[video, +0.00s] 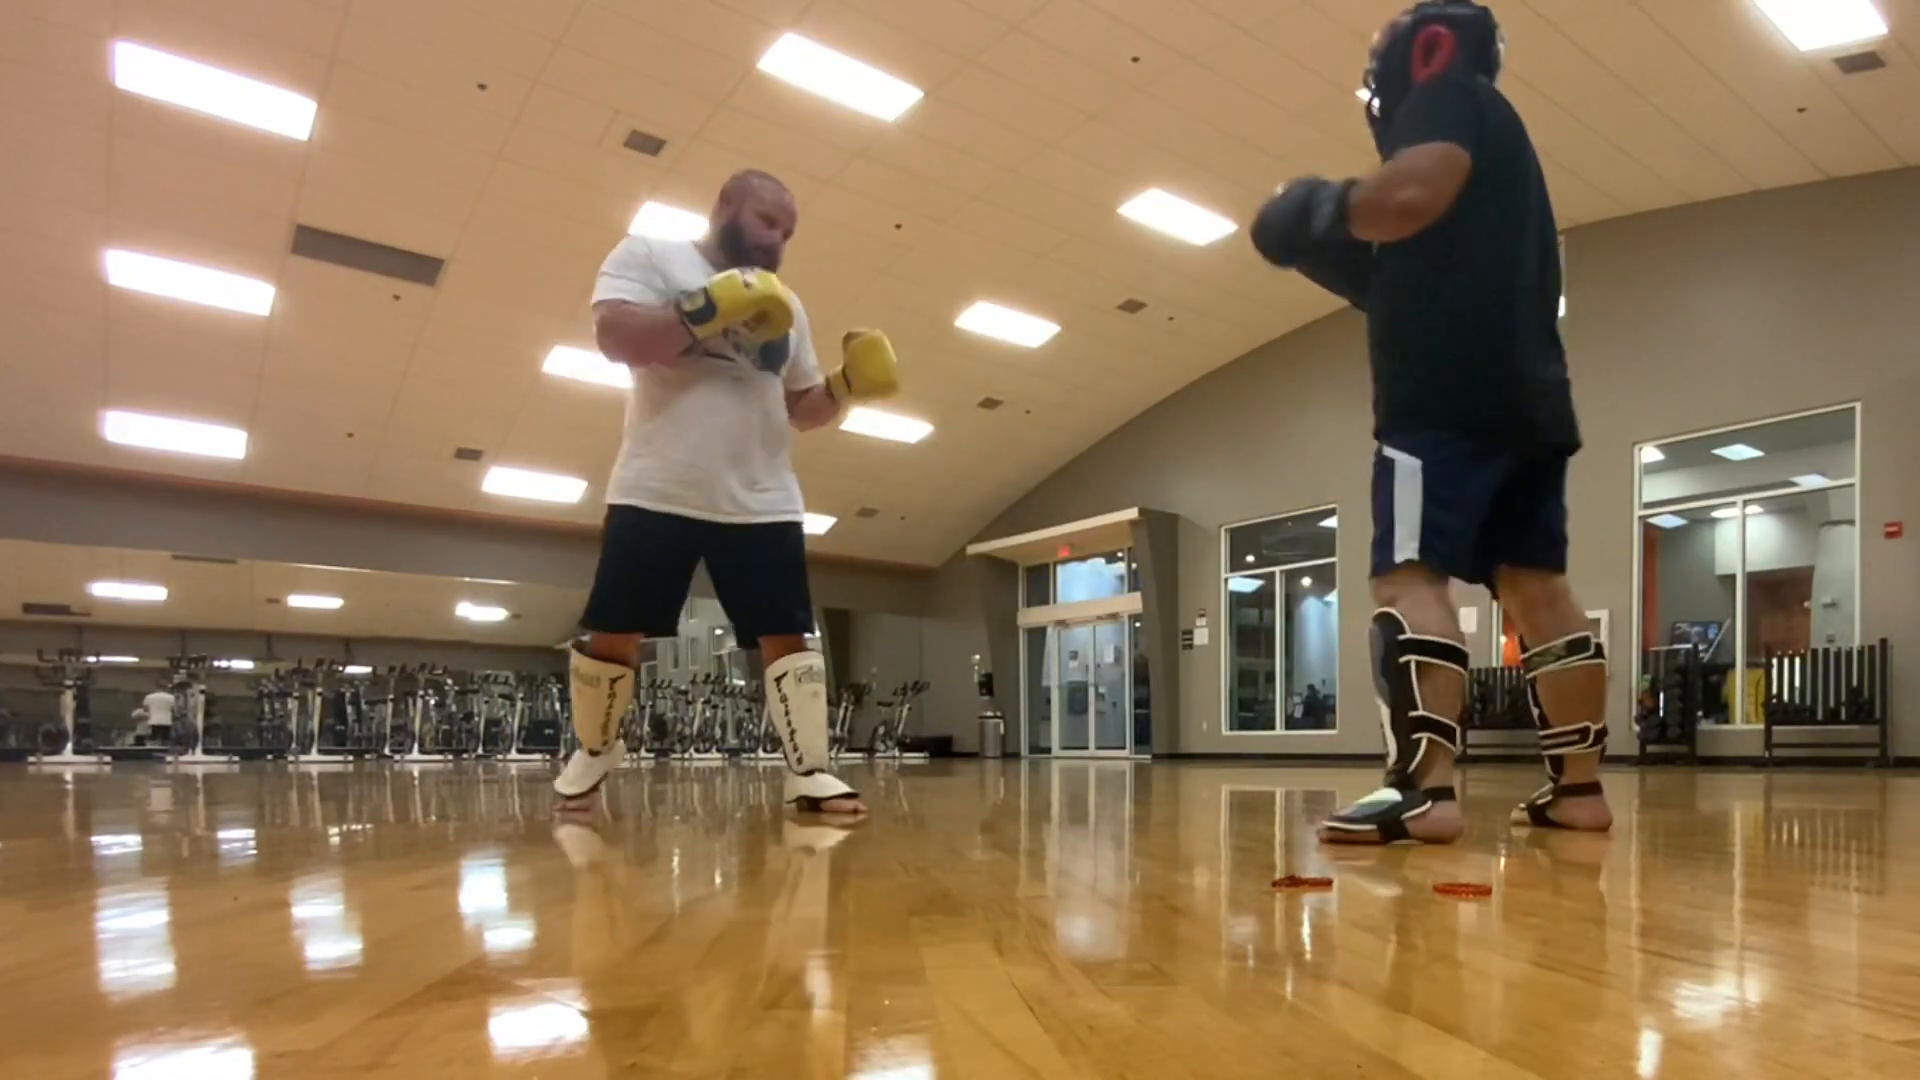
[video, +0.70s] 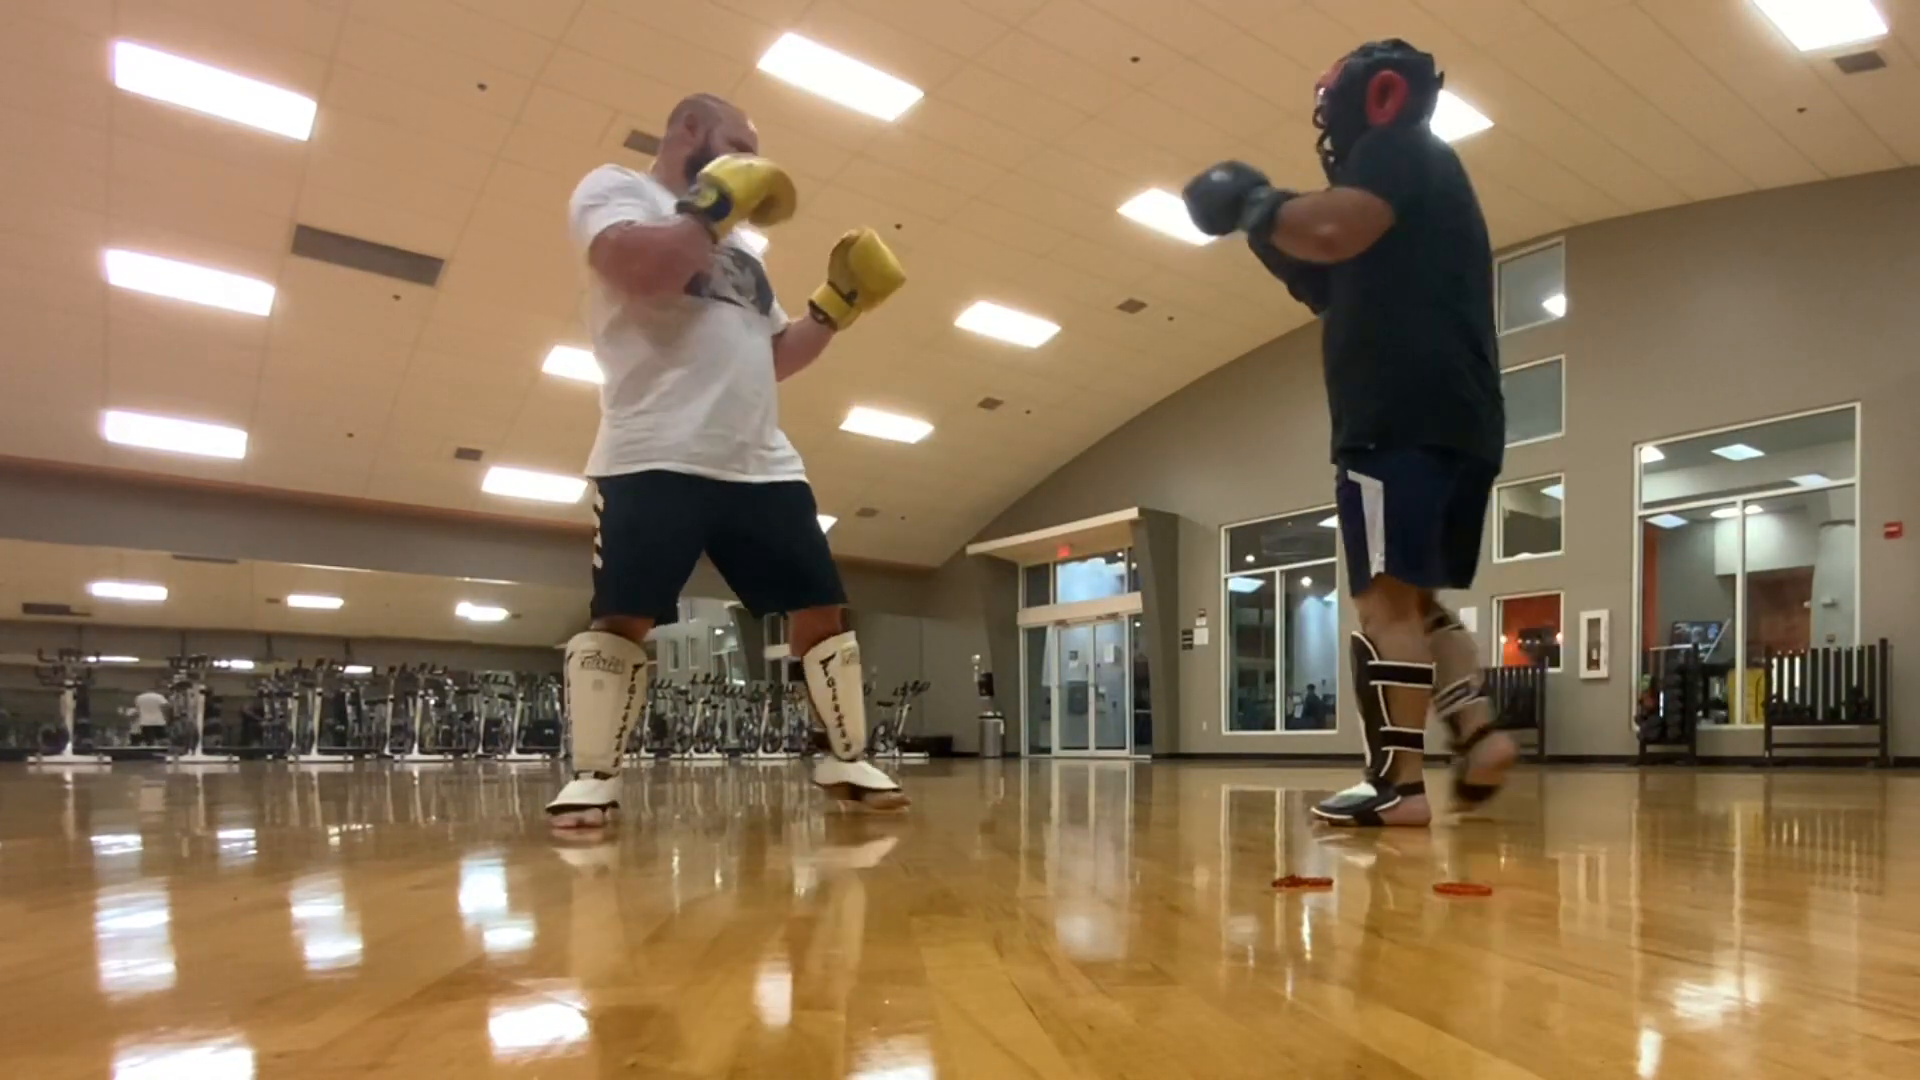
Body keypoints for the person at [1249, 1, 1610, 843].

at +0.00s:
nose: (1374, 88)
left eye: (1384, 65)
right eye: (1375, 76)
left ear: (1431, 48)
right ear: (1477, 60)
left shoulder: (1450, 95)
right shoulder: (1501, 138)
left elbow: (1415, 196)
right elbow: (1434, 284)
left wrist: (1318, 208)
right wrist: (1333, 255)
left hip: (1442, 389)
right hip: (1530, 392)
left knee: (1410, 576)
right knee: (1534, 580)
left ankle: (1426, 791)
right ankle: (1579, 789)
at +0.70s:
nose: (1322, 110)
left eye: (1334, 94)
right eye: (1324, 97)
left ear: (1385, 93)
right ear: (1395, 98)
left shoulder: (1401, 148)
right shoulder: (1425, 178)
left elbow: (1338, 230)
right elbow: (1335, 297)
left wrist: (1251, 202)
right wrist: (1268, 234)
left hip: (1396, 407)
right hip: (1455, 410)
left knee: (1384, 597)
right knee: (1414, 594)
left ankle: (1397, 783)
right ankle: (1477, 736)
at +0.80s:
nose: (1302, 106)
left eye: (1315, 92)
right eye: (1305, 94)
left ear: (1368, 99)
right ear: (1374, 104)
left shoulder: (1378, 158)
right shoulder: (1388, 180)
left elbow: (1288, 252)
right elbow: (1355, 307)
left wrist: (1238, 217)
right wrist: (1277, 283)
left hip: (1390, 416)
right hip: (1392, 416)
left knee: (1391, 594)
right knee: (1371, 595)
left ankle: (1402, 782)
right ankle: (1387, 776)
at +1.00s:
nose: (1291, 140)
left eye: (1303, 125)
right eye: (1295, 129)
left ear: (1352, 130)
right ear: (1368, 140)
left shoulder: (1333, 192)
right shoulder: (1395, 215)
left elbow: (1216, 245)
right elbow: (1308, 321)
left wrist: (1192, 202)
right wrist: (1228, 262)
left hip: (1322, 423)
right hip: (1379, 434)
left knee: (1273, 596)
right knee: (1310, 606)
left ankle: (1371, 750)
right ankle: (1291, 777)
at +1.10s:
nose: (1291, 150)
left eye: (1302, 136)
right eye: (1295, 137)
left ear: (1345, 142)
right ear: (1364, 150)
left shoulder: (1338, 207)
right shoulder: (1387, 226)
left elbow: (1228, 274)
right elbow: (1287, 324)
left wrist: (1144, 253)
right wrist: (1233, 265)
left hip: (1299, 416)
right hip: (1363, 446)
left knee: (1163, 488)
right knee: (1295, 607)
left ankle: (1254, 617)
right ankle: (1288, 778)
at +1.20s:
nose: (1284, 148)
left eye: (1300, 136)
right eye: (1291, 137)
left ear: (1344, 153)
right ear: (1349, 158)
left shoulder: (1342, 211)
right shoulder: (1363, 231)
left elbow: (1280, 288)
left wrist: (1161, 304)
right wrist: (1251, 268)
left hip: (1283, 411)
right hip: (1330, 452)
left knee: (1134, 363)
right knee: (1283, 609)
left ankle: (1105, 511)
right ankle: (1285, 781)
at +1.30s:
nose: (1280, 167)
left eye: (1294, 156)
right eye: (1285, 156)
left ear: (1339, 166)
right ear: (1346, 170)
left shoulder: (1344, 216)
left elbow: (1331, 286)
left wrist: (1223, 324)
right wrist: (1171, 313)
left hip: (1263, 407)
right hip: (1308, 457)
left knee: (1115, 346)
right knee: (1272, 609)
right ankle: (1283, 780)